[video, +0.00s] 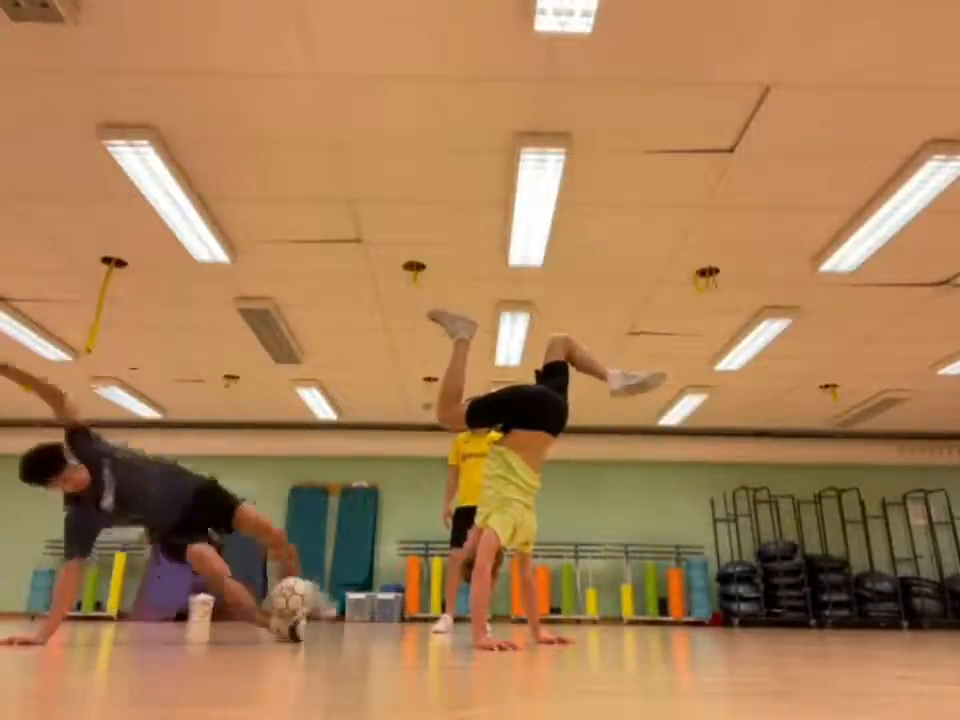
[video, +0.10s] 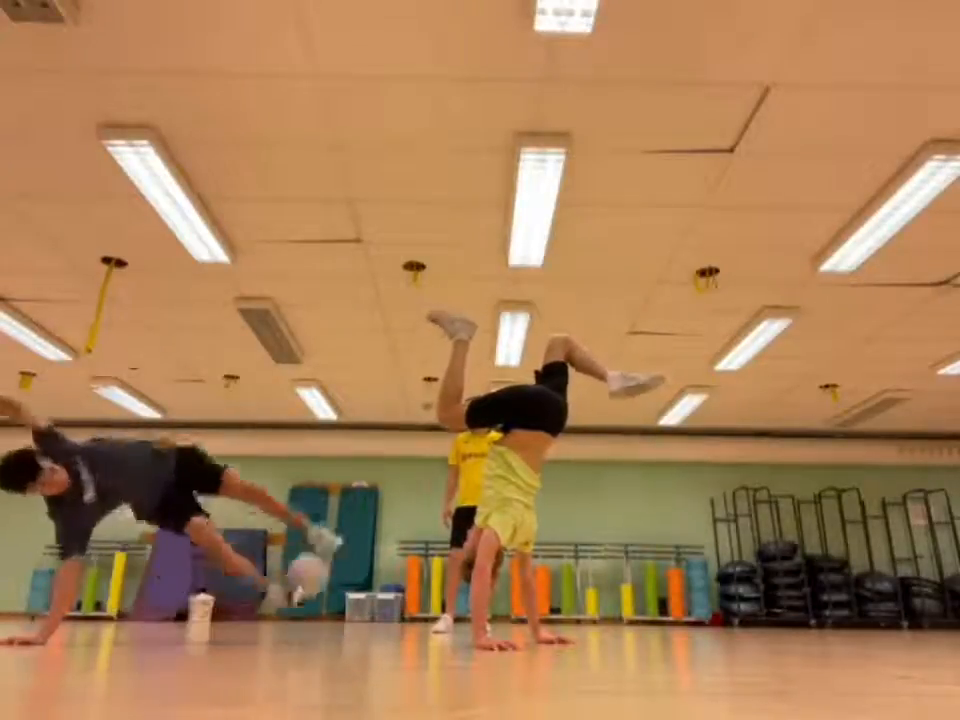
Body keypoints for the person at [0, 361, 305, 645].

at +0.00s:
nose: (74, 479)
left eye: (68, 471)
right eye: (65, 482)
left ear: (67, 460)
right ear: (57, 487)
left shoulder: (86, 445)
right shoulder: (82, 517)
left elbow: (56, 399)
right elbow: (70, 574)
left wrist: (11, 373)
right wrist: (45, 633)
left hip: (193, 491)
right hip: (172, 527)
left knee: (257, 524)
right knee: (210, 565)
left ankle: (289, 563)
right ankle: (269, 624)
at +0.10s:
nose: (54, 477)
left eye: (48, 470)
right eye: (44, 483)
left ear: (47, 458)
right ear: (38, 493)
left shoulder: (58, 446)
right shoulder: (70, 516)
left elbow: (29, 419)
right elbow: (69, 573)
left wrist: (5, 400)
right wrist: (46, 632)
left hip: (172, 461)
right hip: (159, 503)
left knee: (244, 489)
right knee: (211, 541)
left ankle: (308, 528)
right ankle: (268, 587)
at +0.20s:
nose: (48, 479)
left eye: (41, 472)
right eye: (38, 486)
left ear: (36, 461)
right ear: (30, 496)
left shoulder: (43, 448)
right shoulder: (62, 519)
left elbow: (11, 419)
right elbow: (65, 577)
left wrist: (0, 400)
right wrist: (45, 633)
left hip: (159, 448)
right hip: (151, 490)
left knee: (231, 466)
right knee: (215, 508)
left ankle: (302, 497)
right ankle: (286, 546)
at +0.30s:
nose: (47, 478)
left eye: (40, 472)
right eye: (38, 486)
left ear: (34, 461)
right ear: (27, 497)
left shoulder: (37, 449)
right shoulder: (58, 521)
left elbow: (6, 422)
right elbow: (64, 578)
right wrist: (46, 633)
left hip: (149, 442)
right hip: (148, 489)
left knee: (227, 449)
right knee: (215, 500)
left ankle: (302, 467)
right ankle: (292, 519)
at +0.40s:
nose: (52, 476)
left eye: (47, 470)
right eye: (44, 483)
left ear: (36, 461)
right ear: (32, 495)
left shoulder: (36, 450)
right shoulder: (58, 516)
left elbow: (8, 428)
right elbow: (66, 571)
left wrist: (7, 433)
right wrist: (46, 631)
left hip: (143, 444)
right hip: (146, 489)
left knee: (216, 436)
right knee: (216, 501)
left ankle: (289, 447)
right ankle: (291, 514)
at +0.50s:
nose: (57, 471)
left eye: (51, 465)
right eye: (48, 477)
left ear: (43, 459)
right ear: (37, 490)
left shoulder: (40, 450)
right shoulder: (62, 517)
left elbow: (12, 428)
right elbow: (66, 575)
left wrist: (9, 428)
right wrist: (44, 634)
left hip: (147, 451)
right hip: (148, 494)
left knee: (219, 421)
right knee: (212, 507)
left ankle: (284, 429)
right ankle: (275, 542)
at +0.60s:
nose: (60, 466)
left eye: (54, 460)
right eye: (49, 471)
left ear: (50, 452)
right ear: (35, 484)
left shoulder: (49, 446)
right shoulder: (60, 517)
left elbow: (15, 416)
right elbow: (66, 577)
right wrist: (45, 635)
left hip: (150, 460)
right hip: (149, 502)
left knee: (225, 444)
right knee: (220, 505)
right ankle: (282, 528)